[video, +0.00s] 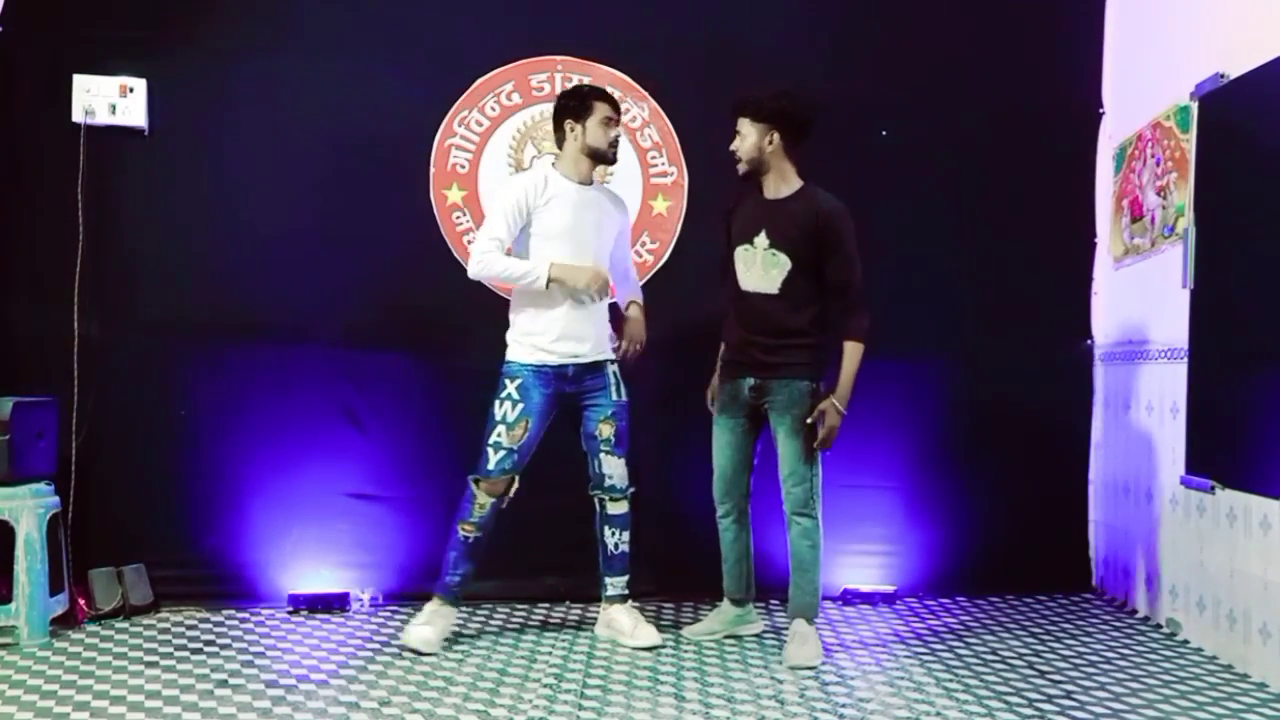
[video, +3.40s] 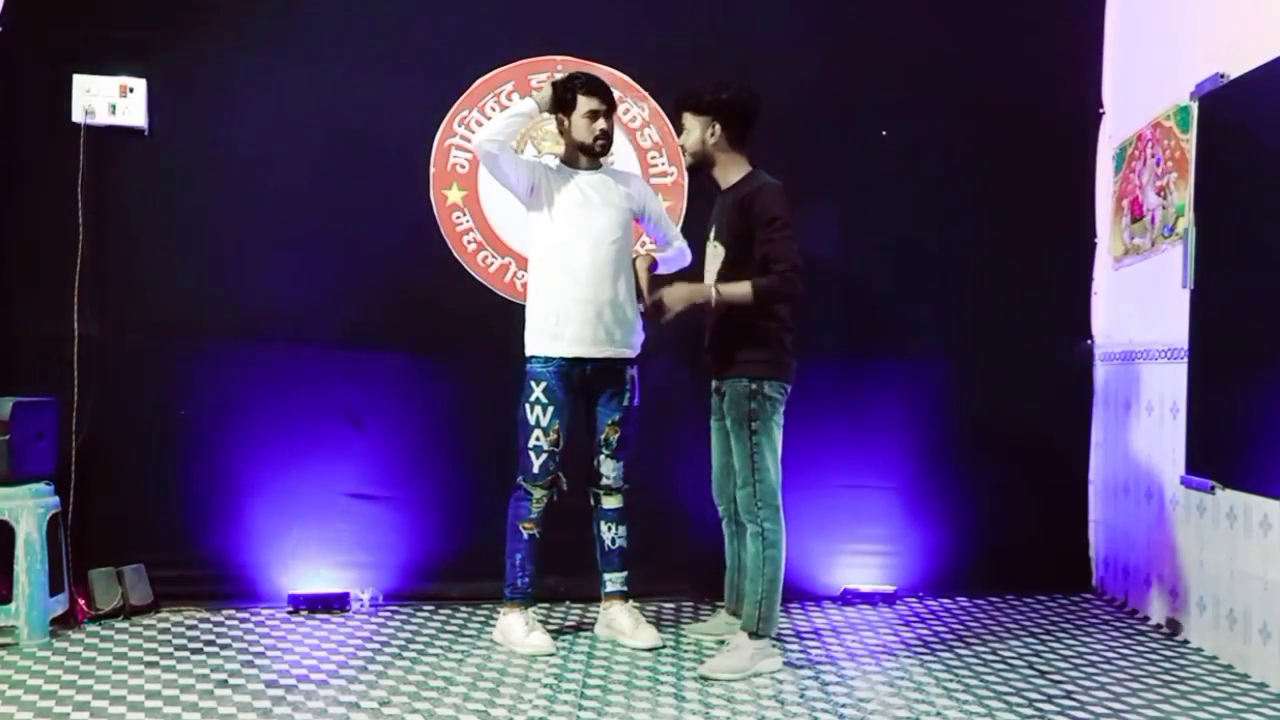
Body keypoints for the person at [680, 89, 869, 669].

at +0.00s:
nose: (734, 144)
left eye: (742, 133)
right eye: (735, 133)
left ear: (774, 139)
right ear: (764, 141)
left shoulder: (823, 213)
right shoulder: (741, 209)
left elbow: (855, 311)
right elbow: (737, 300)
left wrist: (840, 398)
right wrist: (720, 368)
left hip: (795, 379)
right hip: (735, 376)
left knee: (799, 505)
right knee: (728, 498)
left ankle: (802, 623)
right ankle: (737, 607)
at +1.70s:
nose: (725, 138)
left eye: (735, 129)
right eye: (727, 130)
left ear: (770, 137)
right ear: (752, 140)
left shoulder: (808, 202)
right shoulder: (728, 209)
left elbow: (873, 268)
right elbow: (702, 270)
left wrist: (804, 313)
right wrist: (712, 316)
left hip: (784, 372)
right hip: (730, 372)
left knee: (797, 503)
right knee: (738, 498)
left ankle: (802, 623)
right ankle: (742, 609)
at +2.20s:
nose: (714, 142)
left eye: (725, 132)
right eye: (716, 132)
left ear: (759, 139)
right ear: (745, 142)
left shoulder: (796, 202)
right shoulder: (721, 211)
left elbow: (825, 279)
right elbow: (711, 281)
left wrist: (748, 302)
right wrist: (711, 317)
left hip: (777, 377)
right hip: (724, 378)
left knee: (790, 503)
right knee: (733, 499)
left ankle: (802, 622)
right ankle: (741, 609)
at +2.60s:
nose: (702, 145)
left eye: (712, 136)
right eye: (702, 136)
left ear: (747, 143)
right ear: (724, 146)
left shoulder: (773, 206)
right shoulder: (724, 209)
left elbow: (739, 286)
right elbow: (713, 278)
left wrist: (672, 257)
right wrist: (665, 254)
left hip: (762, 370)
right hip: (722, 371)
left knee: (752, 487)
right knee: (726, 493)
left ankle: (797, 615)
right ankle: (741, 610)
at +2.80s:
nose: (697, 150)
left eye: (709, 139)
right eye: (693, 140)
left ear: (742, 145)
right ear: (696, 146)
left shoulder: (766, 199)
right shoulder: (713, 208)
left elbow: (713, 236)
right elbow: (672, 239)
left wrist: (645, 187)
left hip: (764, 371)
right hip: (727, 371)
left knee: (762, 499)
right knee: (730, 498)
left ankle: (759, 634)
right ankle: (738, 609)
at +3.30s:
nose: (680, 139)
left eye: (687, 128)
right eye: (681, 128)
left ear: (716, 133)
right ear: (712, 134)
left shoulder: (762, 192)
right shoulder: (716, 195)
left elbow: (762, 276)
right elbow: (715, 266)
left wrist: (692, 253)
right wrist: (668, 248)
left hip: (763, 370)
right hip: (730, 369)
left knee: (761, 500)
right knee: (728, 496)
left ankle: (762, 638)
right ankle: (738, 613)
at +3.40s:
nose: (680, 137)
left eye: (686, 126)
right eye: (681, 127)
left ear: (715, 131)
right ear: (715, 132)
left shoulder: (763, 195)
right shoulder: (725, 199)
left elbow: (782, 283)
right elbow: (722, 279)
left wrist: (702, 291)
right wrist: (666, 289)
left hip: (757, 372)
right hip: (727, 371)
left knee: (758, 501)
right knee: (729, 500)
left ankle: (761, 638)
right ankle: (739, 614)